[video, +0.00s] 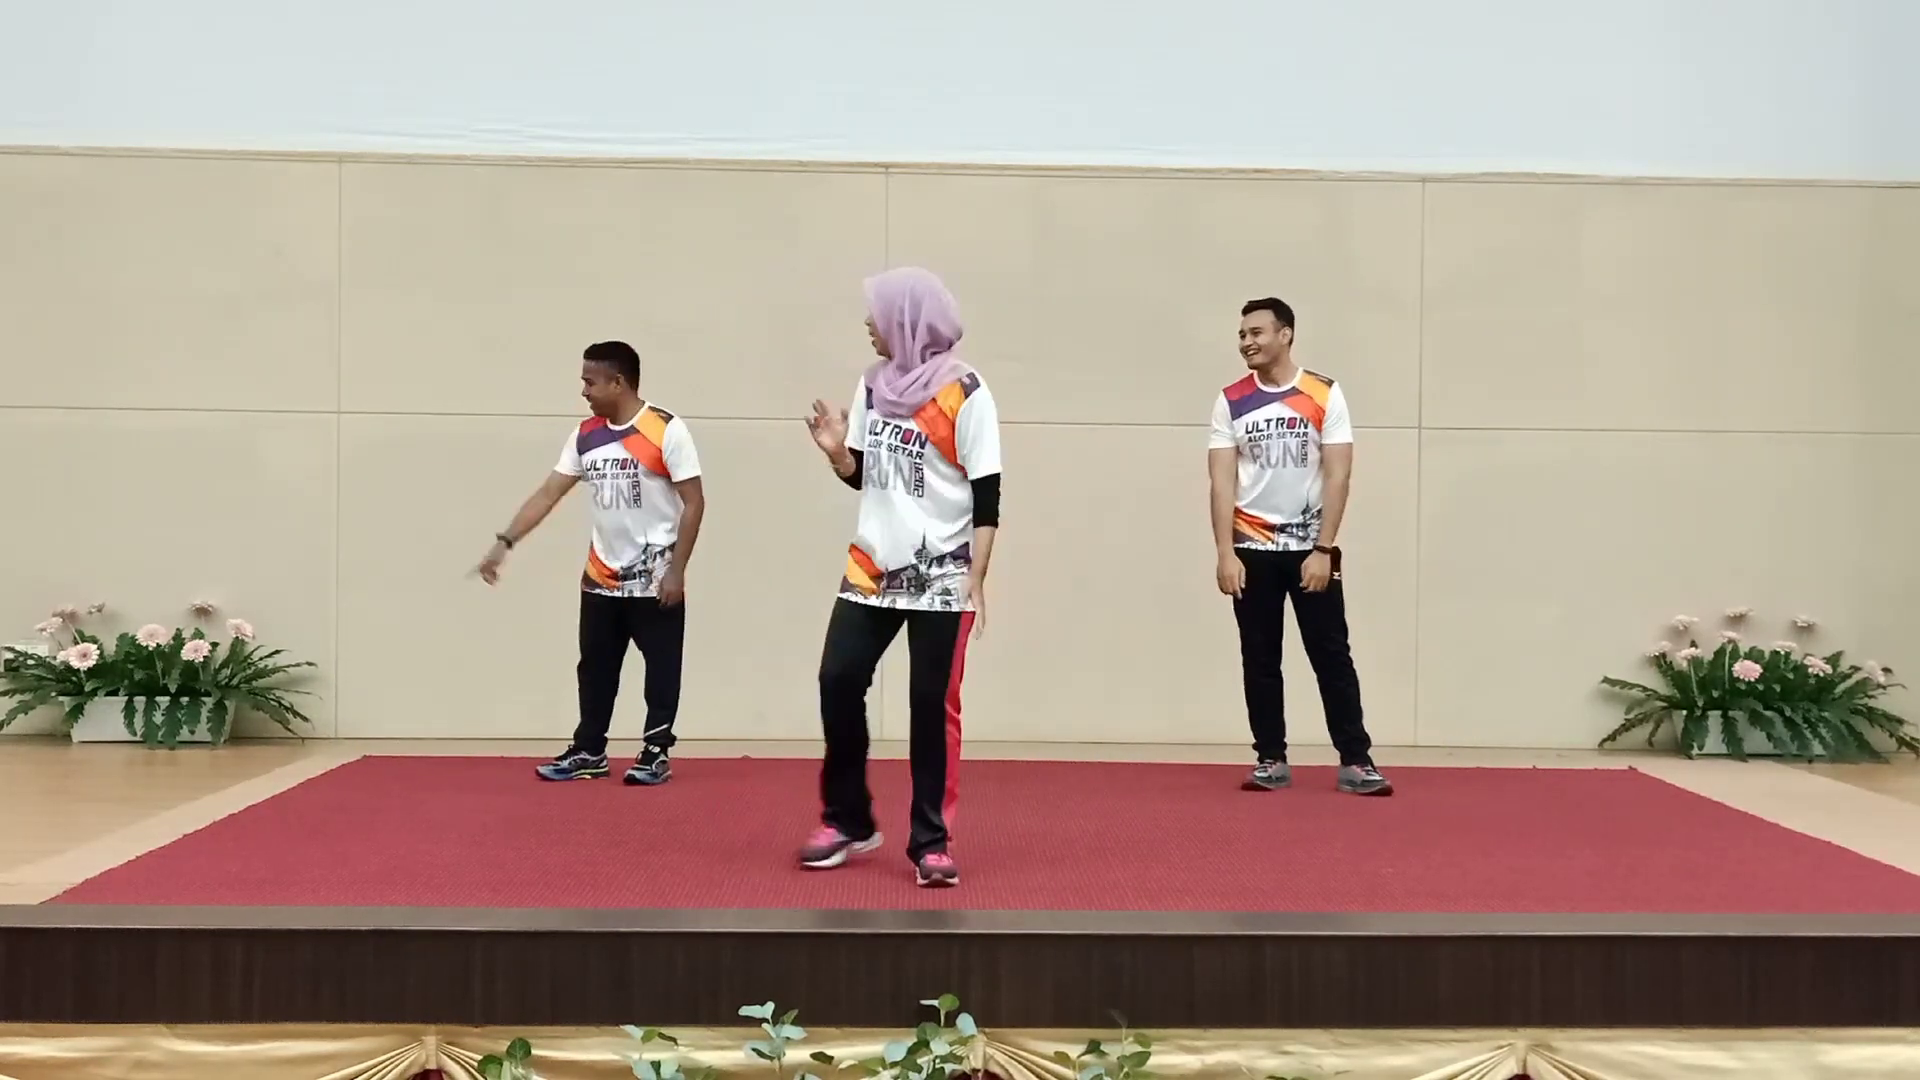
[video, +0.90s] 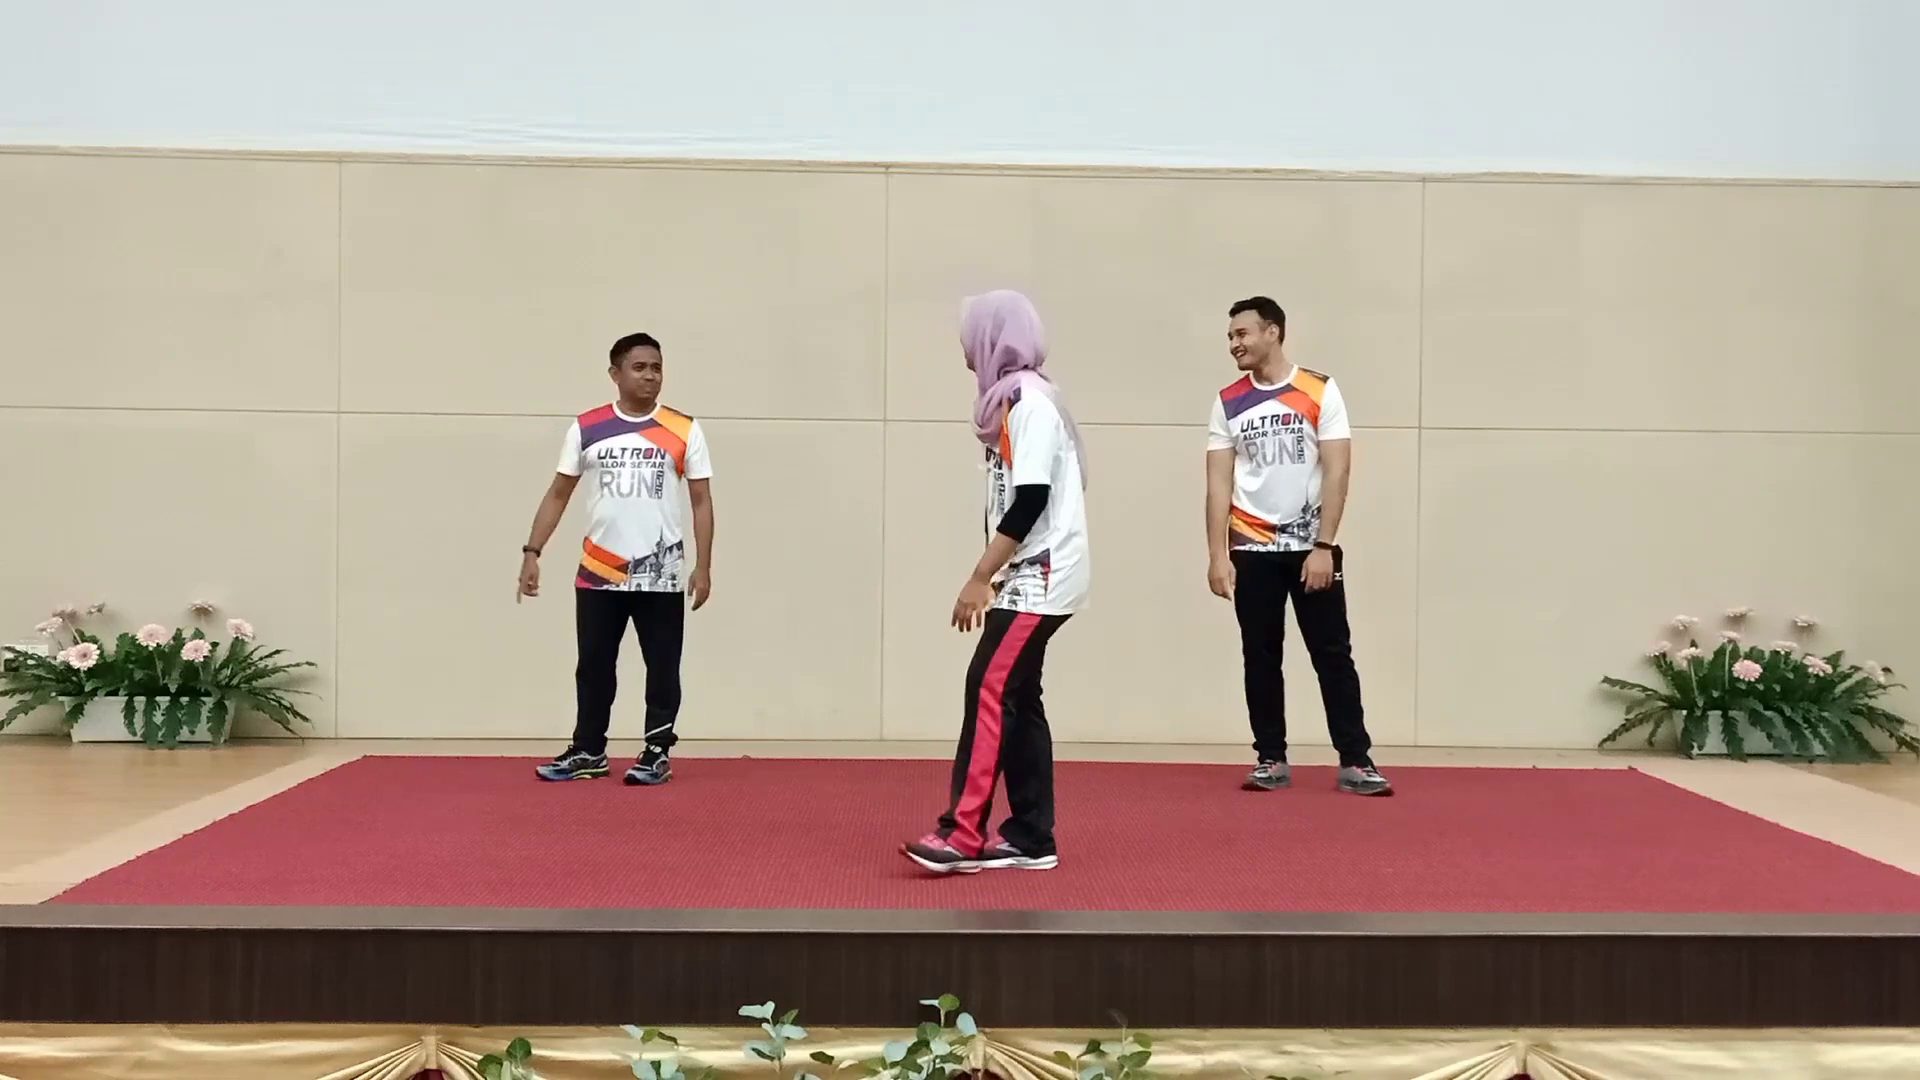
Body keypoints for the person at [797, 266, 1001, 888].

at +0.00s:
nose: (870, 329)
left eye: (879, 318)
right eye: (872, 318)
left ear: (910, 321)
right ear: (899, 322)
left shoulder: (967, 394)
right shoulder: (871, 387)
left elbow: (986, 489)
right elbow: (865, 480)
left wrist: (976, 575)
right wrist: (837, 452)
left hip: (944, 575)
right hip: (872, 570)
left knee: (931, 704)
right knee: (837, 682)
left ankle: (931, 843)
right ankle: (850, 822)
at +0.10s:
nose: (890, 334)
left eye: (897, 323)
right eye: (890, 322)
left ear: (926, 323)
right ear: (915, 323)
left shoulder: (976, 394)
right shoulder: (892, 391)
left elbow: (997, 490)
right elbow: (893, 479)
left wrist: (975, 568)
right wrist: (861, 474)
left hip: (951, 576)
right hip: (888, 573)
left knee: (934, 704)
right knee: (878, 689)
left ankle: (931, 840)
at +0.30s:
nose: (909, 338)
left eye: (915, 328)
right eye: (909, 328)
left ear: (940, 329)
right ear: (952, 327)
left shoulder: (988, 401)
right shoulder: (922, 395)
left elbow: (1007, 490)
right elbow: (912, 474)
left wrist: (992, 570)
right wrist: (892, 513)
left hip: (973, 577)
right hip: (926, 580)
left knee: (942, 704)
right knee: (959, 704)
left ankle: (931, 842)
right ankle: (1024, 828)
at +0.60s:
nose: (936, 349)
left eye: (940, 338)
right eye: (936, 338)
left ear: (961, 337)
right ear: (987, 334)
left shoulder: (1003, 406)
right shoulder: (971, 403)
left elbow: (1018, 505)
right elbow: (958, 502)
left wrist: (1011, 589)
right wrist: (940, 579)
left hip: (1003, 586)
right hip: (984, 584)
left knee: (962, 706)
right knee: (1007, 711)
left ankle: (935, 841)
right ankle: (1033, 836)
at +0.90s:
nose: (966, 355)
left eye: (971, 343)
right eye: (967, 343)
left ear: (992, 342)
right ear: (1013, 340)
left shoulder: (1030, 405)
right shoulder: (1013, 404)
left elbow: (1031, 501)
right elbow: (1022, 504)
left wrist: (981, 577)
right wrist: (990, 577)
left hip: (1040, 582)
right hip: (1028, 580)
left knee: (987, 687)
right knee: (1019, 699)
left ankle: (965, 833)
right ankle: (1032, 837)